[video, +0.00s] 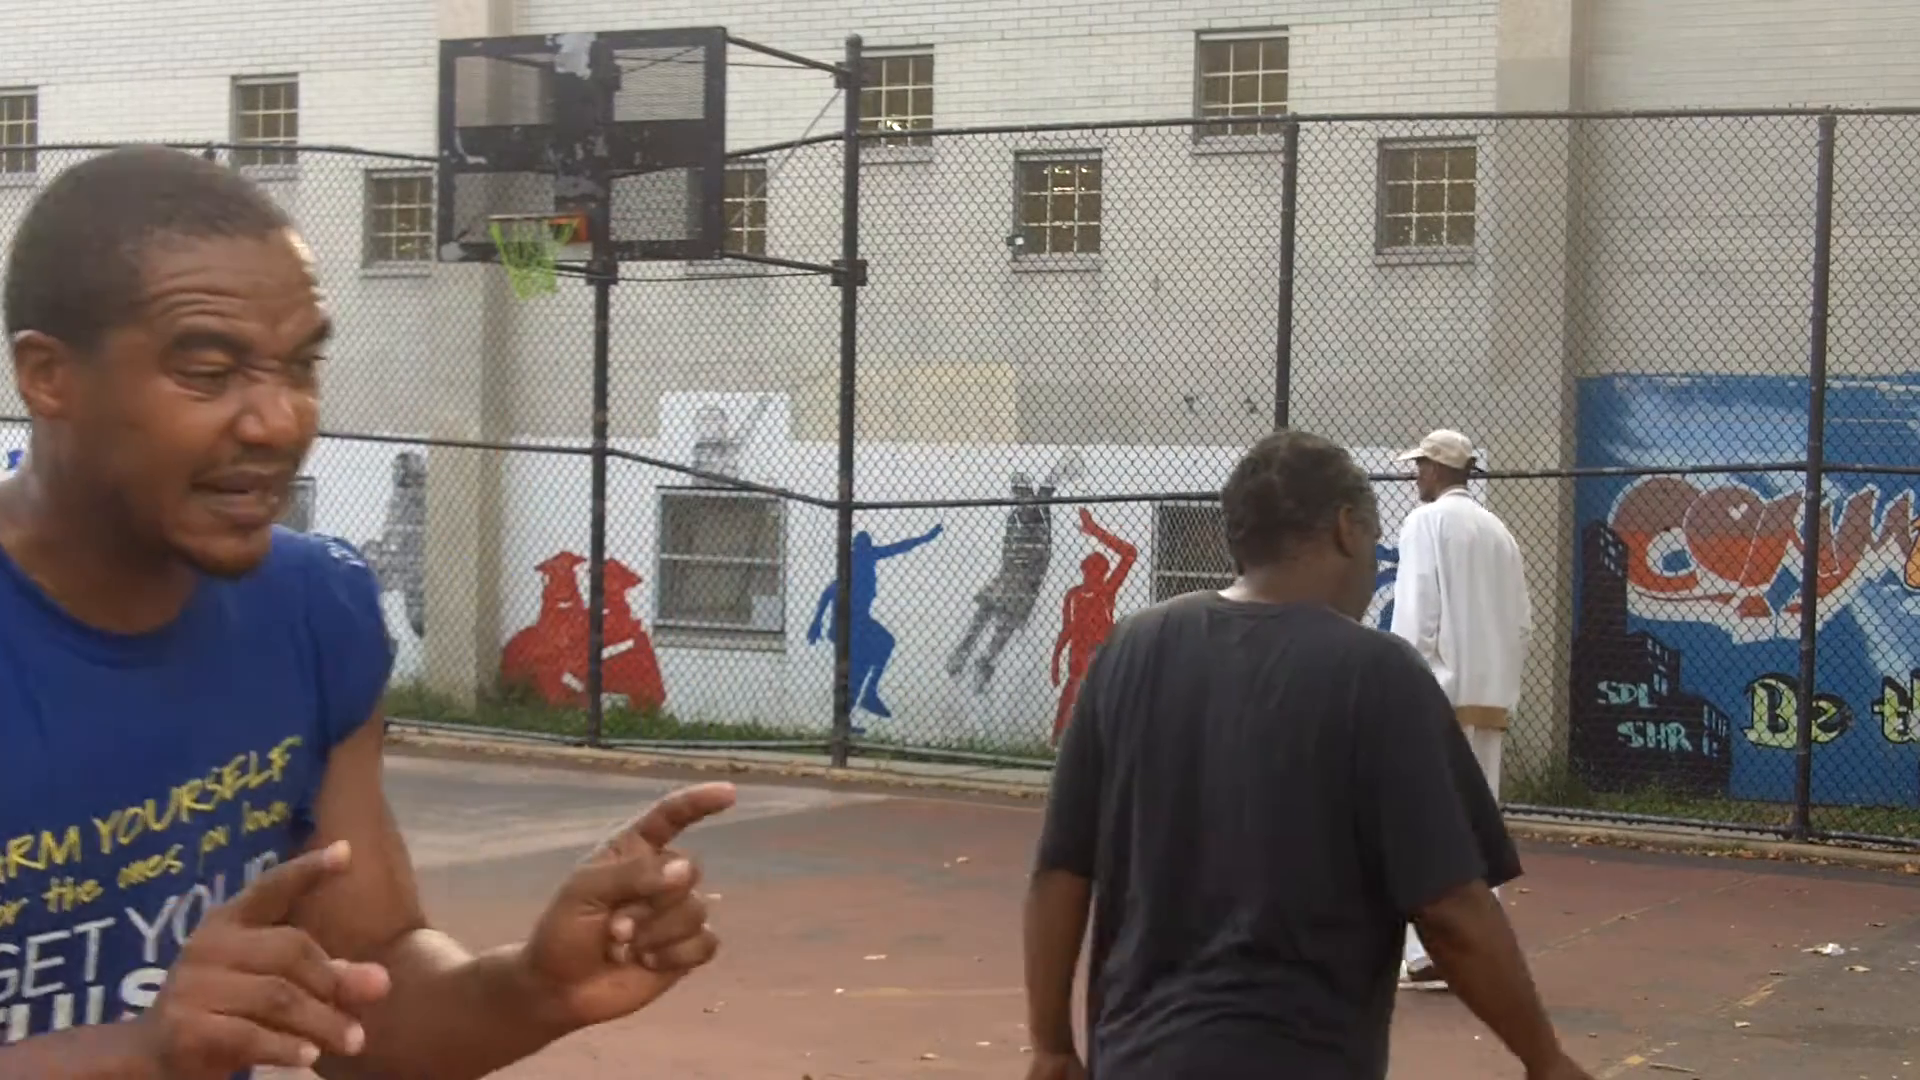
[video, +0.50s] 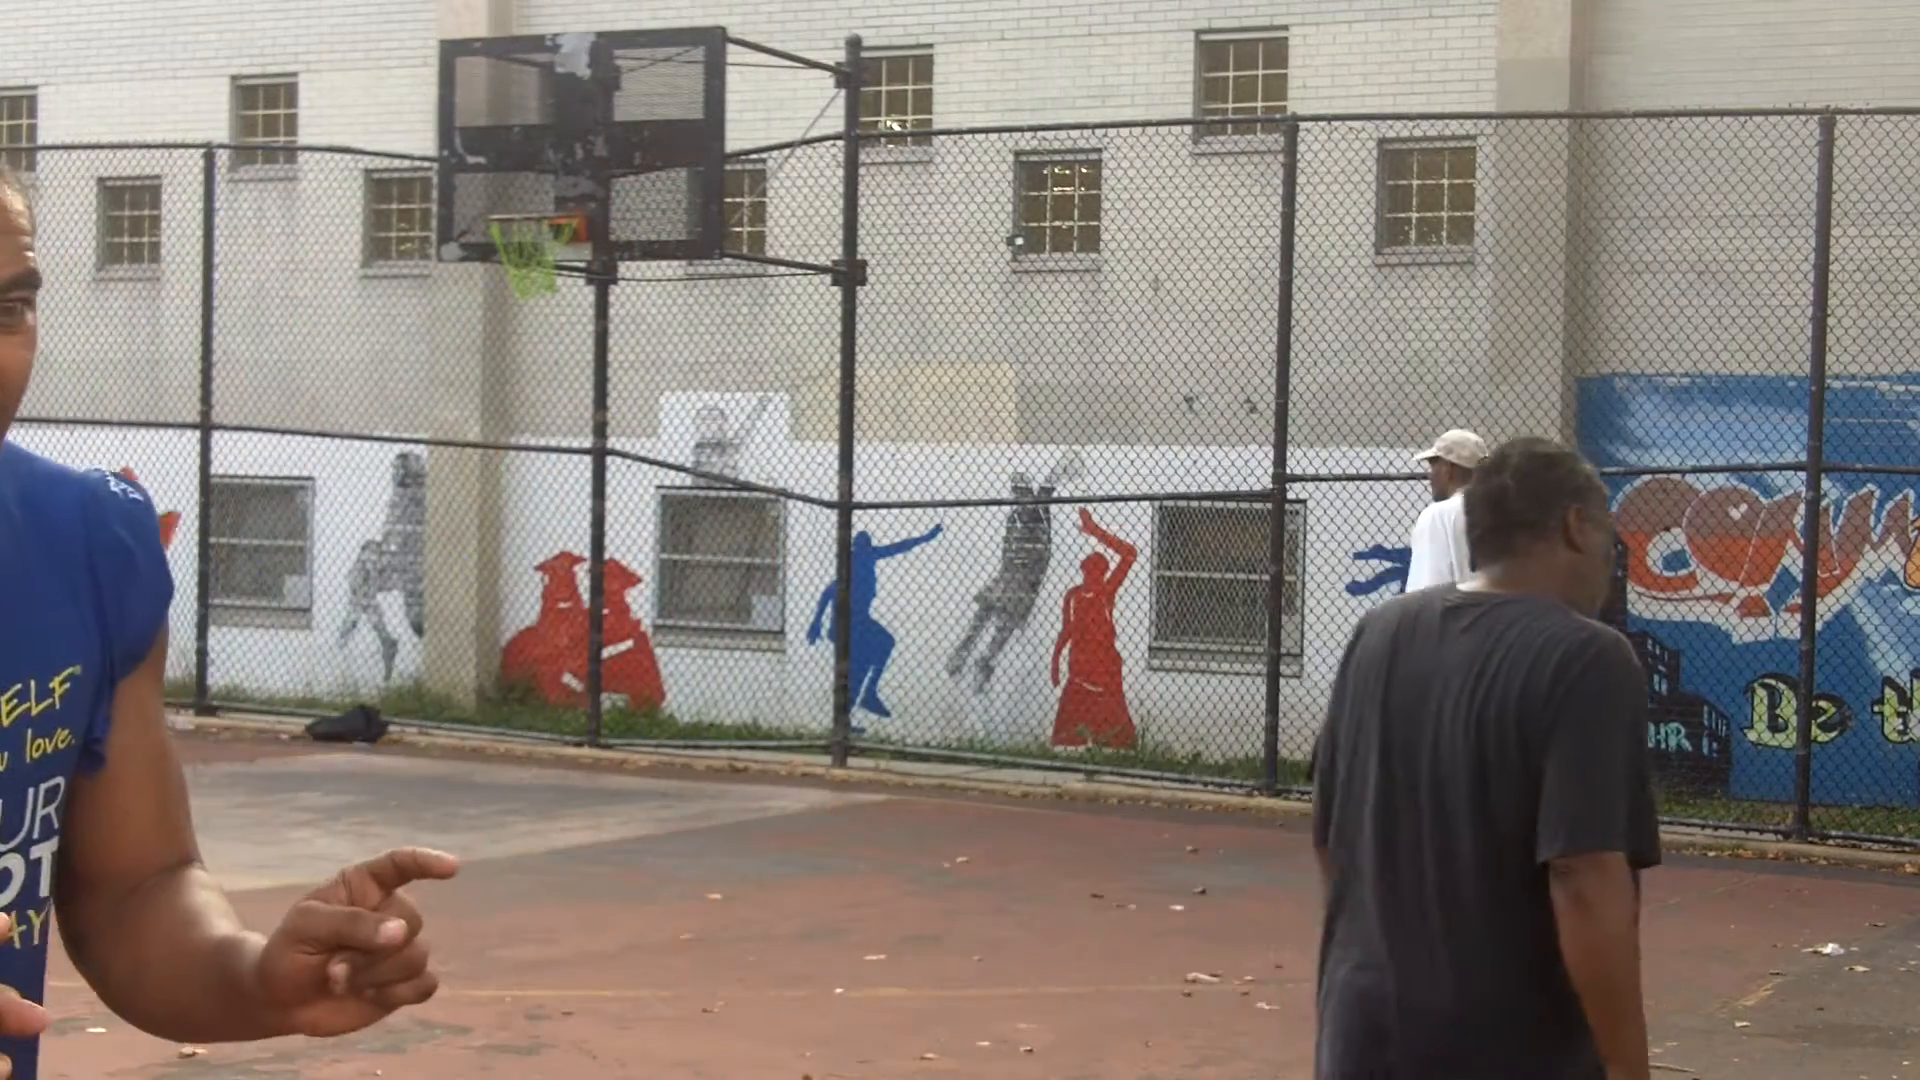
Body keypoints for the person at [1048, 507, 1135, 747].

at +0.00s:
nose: (1093, 575)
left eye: (1097, 570)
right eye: (1090, 569)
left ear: (1104, 572)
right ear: (1083, 570)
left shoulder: (1109, 589)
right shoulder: (1073, 594)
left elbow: (1130, 554)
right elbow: (1067, 628)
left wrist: (1095, 530)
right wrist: (1056, 656)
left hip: (1102, 645)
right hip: (1078, 646)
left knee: (1098, 686)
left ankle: (1095, 737)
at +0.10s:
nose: (1095, 574)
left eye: (1099, 569)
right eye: (1091, 569)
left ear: (1104, 572)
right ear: (1084, 569)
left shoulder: (1109, 590)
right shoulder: (1073, 595)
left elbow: (1130, 554)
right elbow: (1067, 629)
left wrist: (1096, 531)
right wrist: (1056, 658)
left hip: (1106, 658)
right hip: (1080, 659)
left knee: (1108, 707)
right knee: (1075, 705)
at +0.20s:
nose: (1094, 574)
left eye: (1098, 569)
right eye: (1091, 569)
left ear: (1104, 572)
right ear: (1083, 569)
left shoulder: (1109, 590)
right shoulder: (1073, 595)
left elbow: (1129, 554)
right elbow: (1067, 629)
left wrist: (1096, 531)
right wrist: (1056, 658)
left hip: (1105, 656)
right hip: (1080, 657)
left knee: (1108, 702)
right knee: (1076, 703)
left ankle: (1114, 744)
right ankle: (1070, 745)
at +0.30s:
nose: (1094, 574)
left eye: (1098, 570)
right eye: (1090, 569)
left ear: (1104, 572)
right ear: (1083, 569)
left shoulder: (1109, 590)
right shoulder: (1073, 595)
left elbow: (1129, 554)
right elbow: (1067, 629)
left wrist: (1095, 531)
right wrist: (1055, 658)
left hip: (1105, 657)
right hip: (1080, 657)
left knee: (1108, 703)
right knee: (1076, 703)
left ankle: (1114, 745)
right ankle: (1071, 745)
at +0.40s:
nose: (1094, 574)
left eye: (1098, 570)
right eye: (1090, 569)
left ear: (1104, 572)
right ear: (1083, 569)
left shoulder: (1109, 590)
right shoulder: (1073, 594)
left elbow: (1129, 554)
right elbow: (1067, 629)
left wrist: (1096, 531)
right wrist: (1055, 658)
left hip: (1105, 656)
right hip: (1080, 657)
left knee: (1108, 702)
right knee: (1076, 703)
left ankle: (1116, 744)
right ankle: (1070, 745)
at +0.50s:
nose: (1094, 575)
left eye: (1098, 570)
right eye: (1090, 569)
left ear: (1104, 572)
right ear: (1083, 569)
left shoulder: (1109, 590)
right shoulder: (1073, 594)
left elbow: (1129, 554)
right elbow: (1067, 629)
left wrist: (1095, 531)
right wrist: (1055, 658)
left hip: (1105, 657)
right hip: (1080, 657)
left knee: (1109, 703)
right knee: (1075, 703)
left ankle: (1116, 745)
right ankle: (1070, 745)